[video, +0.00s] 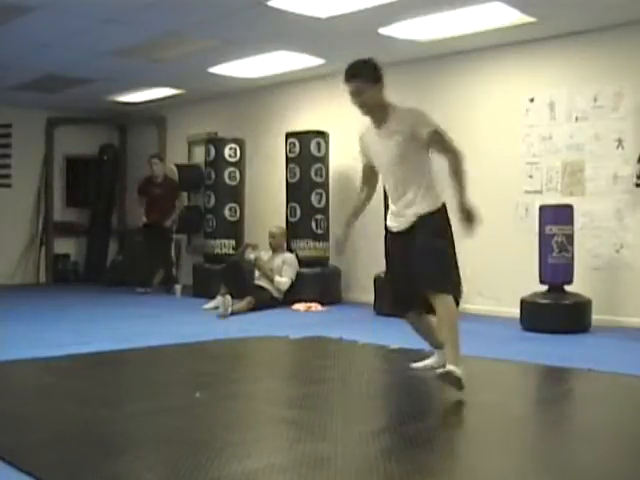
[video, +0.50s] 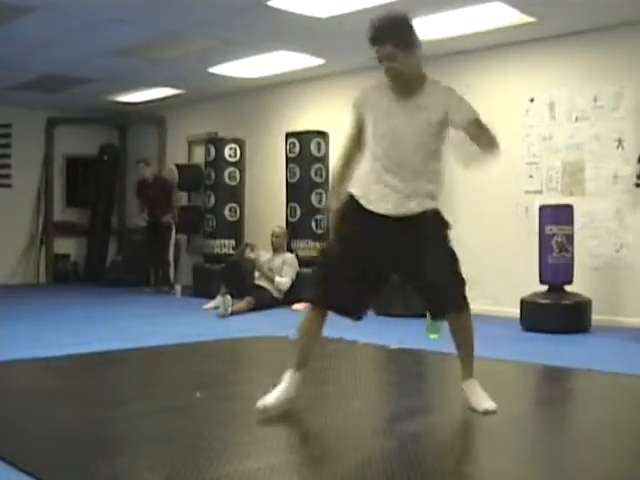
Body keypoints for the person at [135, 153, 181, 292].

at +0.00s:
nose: (154, 168)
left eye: (156, 164)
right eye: (152, 165)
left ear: (163, 165)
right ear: (149, 167)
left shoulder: (172, 184)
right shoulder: (146, 183)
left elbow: (178, 206)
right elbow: (141, 203)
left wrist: (170, 220)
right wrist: (142, 217)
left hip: (165, 224)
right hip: (149, 223)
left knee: (166, 256)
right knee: (149, 255)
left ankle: (168, 283)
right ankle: (148, 282)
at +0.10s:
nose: (154, 168)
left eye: (156, 164)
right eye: (152, 165)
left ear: (163, 165)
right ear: (149, 167)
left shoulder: (172, 183)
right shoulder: (147, 182)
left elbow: (178, 205)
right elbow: (142, 201)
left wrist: (170, 219)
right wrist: (144, 212)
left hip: (166, 221)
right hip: (151, 220)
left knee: (166, 254)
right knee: (150, 252)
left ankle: (168, 282)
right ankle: (149, 281)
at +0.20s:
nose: (152, 168)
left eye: (155, 165)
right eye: (150, 165)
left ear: (161, 166)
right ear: (148, 168)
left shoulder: (171, 183)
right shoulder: (146, 183)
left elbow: (179, 204)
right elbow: (143, 202)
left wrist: (170, 218)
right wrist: (144, 213)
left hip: (166, 222)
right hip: (152, 221)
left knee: (165, 254)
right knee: (151, 253)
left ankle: (168, 283)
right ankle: (151, 282)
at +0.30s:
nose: (148, 169)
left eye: (151, 165)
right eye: (146, 166)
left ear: (158, 167)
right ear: (145, 168)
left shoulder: (168, 183)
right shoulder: (145, 184)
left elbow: (179, 203)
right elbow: (145, 201)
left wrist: (171, 218)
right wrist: (144, 212)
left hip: (166, 222)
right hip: (152, 221)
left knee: (165, 255)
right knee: (151, 253)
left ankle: (168, 284)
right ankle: (152, 282)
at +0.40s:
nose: (145, 169)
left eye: (148, 166)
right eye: (143, 167)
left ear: (156, 168)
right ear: (142, 169)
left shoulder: (166, 183)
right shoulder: (143, 184)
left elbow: (177, 203)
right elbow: (143, 202)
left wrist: (170, 218)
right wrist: (143, 213)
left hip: (166, 222)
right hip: (152, 221)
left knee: (165, 254)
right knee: (151, 253)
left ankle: (167, 284)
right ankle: (152, 282)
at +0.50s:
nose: (142, 172)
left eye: (145, 168)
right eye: (141, 169)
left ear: (152, 168)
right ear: (140, 171)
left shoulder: (166, 183)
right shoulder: (143, 185)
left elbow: (174, 202)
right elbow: (141, 202)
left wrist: (171, 215)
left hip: (166, 222)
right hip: (151, 222)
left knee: (165, 255)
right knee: (151, 254)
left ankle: (168, 284)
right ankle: (152, 283)